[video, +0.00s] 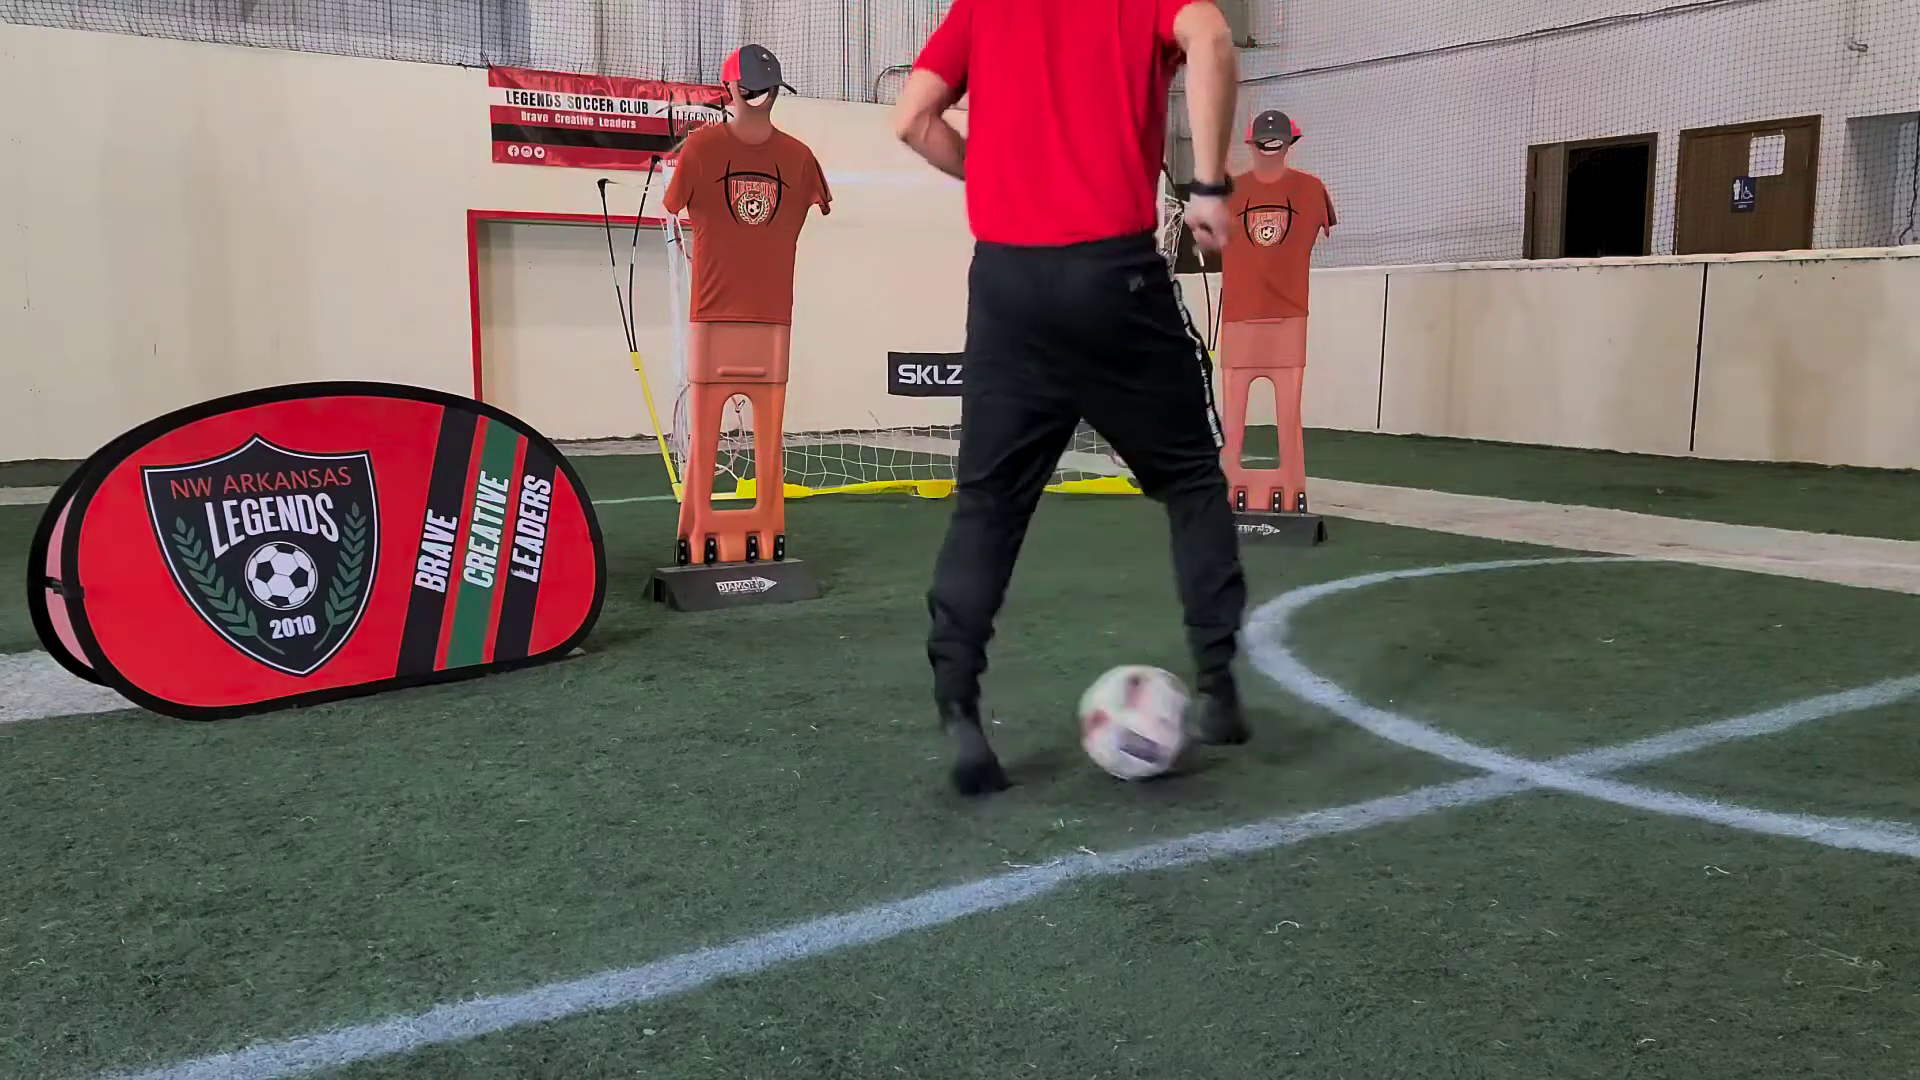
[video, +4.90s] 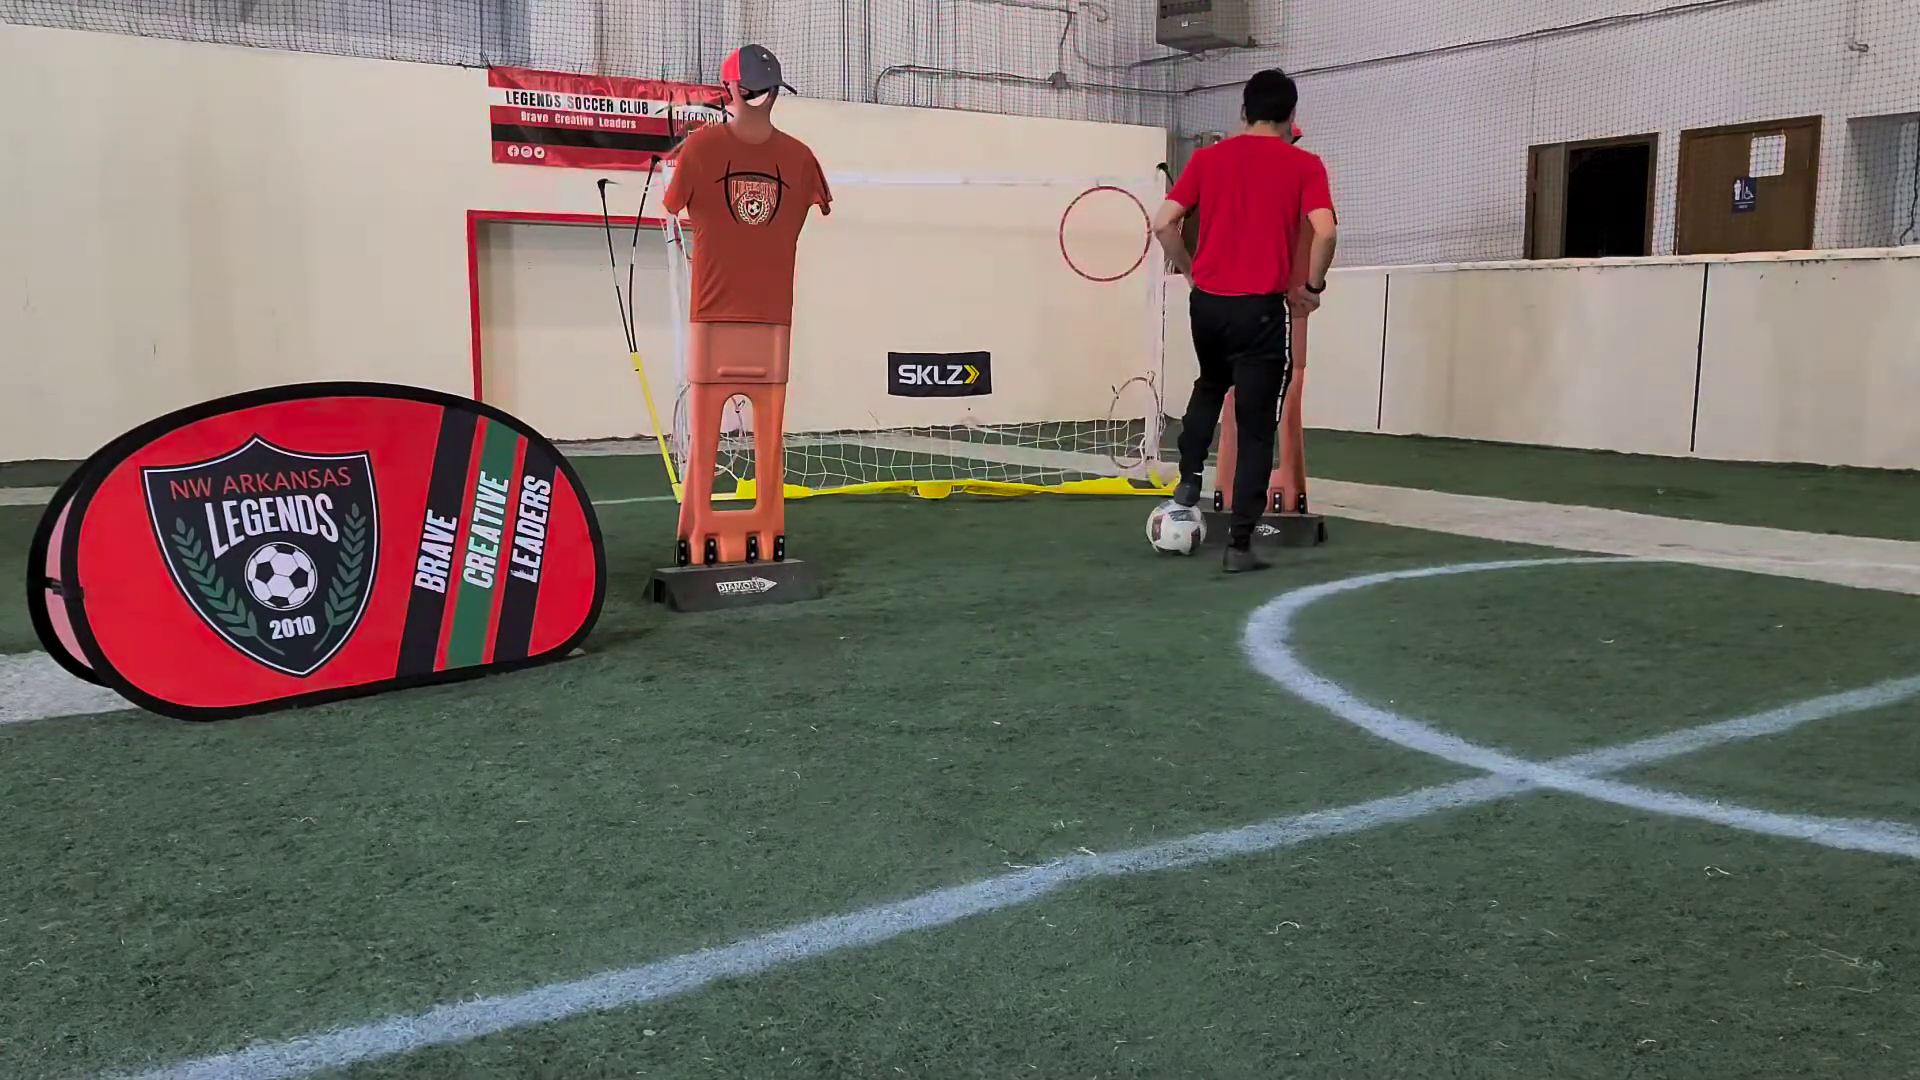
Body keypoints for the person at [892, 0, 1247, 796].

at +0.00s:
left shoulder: (980, 6)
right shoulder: (1149, 2)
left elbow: (913, 119)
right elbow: (1210, 38)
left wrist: (1001, 172)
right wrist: (1211, 185)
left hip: (1004, 278)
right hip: (1113, 274)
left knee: (987, 494)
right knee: (1190, 477)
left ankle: (958, 708)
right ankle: (1216, 686)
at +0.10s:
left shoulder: (1013, 4)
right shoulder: (1188, 2)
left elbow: (932, 95)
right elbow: (1220, 70)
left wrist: (1000, 188)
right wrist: (1206, 195)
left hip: (1031, 271)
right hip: (1141, 273)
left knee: (970, 474)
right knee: (1167, 502)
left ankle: (929, 669)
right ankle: (1173, 714)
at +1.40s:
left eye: (1098, 13)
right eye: (1166, 17)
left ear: (1099, 16)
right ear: (1167, 17)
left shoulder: (1059, 67)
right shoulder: (1194, 76)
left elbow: (1004, 136)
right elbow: (1251, 166)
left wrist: (1028, 219)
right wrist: (1216, 233)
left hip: (1079, 289)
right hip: (1167, 291)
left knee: (1042, 443)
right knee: (1181, 463)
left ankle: (1025, 598)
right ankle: (1181, 636)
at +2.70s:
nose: (1206, 90)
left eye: (1203, 83)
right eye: (1207, 82)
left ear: (1145, 80)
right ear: (1199, 81)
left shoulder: (1100, 133)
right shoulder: (1207, 128)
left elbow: (1055, 216)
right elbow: (1228, 181)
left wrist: (1110, 240)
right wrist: (1242, 263)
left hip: (1113, 316)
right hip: (1183, 312)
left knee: (1106, 447)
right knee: (1237, 420)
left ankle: (1092, 586)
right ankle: (1254, 544)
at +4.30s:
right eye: (1281, 114)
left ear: (1234, 113)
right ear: (1280, 115)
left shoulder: (1203, 151)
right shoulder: (1298, 165)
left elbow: (1157, 207)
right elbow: (1321, 241)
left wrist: (1154, 262)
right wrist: (1321, 292)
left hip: (1196, 305)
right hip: (1253, 312)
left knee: (1175, 380)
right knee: (1251, 427)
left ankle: (1154, 472)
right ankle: (1239, 545)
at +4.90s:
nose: (1295, 122)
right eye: (1295, 115)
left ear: (1245, 113)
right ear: (1290, 116)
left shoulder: (1208, 158)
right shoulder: (1304, 165)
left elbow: (1163, 223)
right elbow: (1326, 230)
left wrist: (1188, 266)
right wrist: (1313, 287)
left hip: (1207, 309)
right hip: (1261, 313)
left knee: (1212, 381)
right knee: (1256, 427)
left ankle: (1187, 486)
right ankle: (1240, 544)